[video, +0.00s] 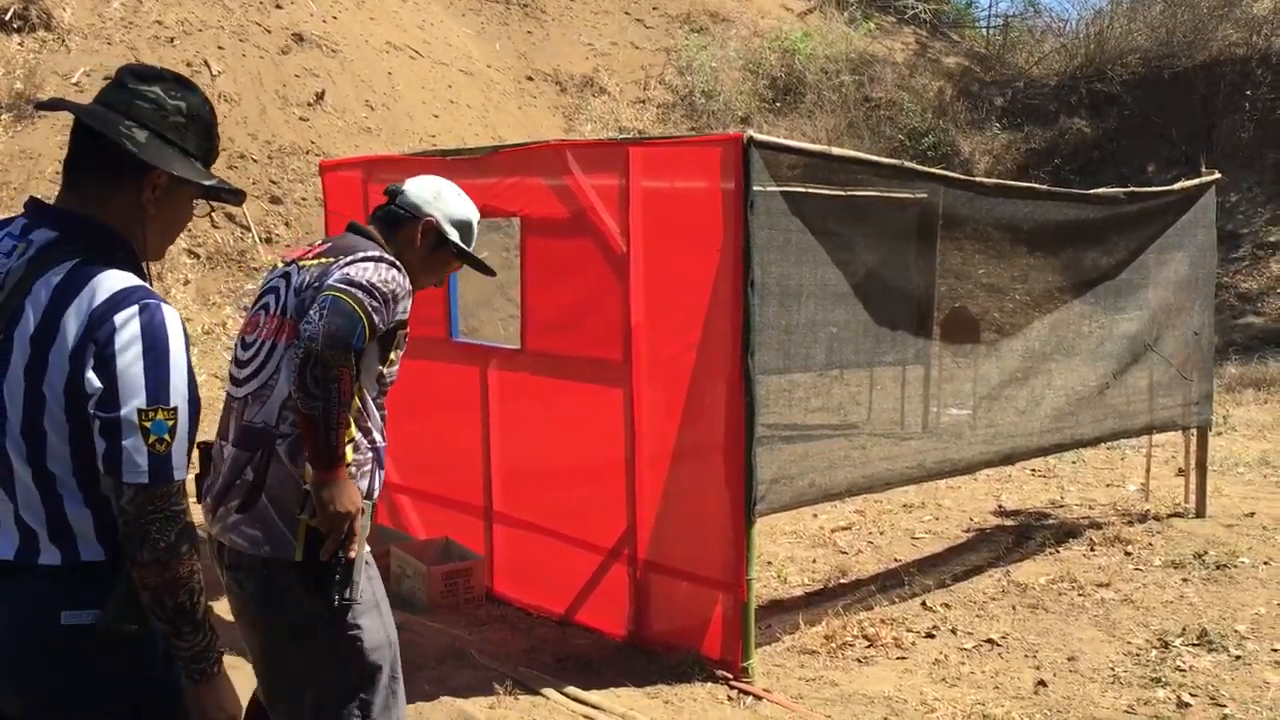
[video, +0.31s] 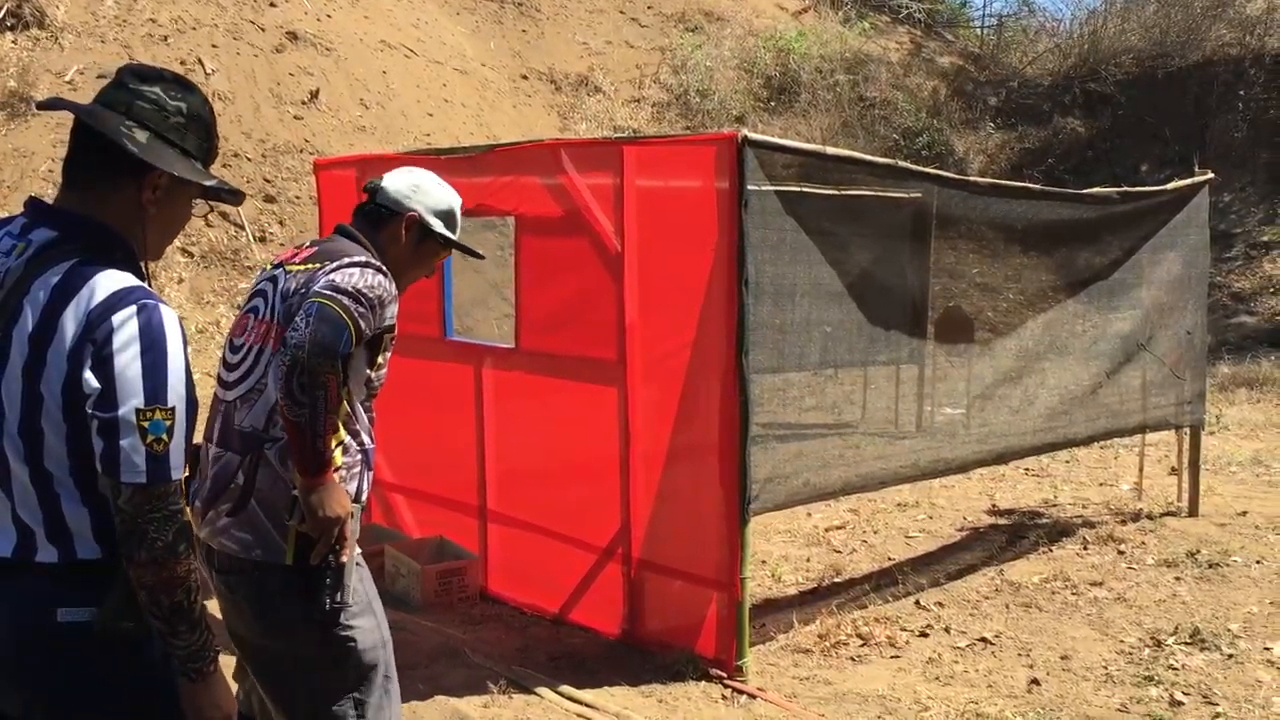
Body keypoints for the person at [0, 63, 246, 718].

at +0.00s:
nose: (191, 218)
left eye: (198, 198)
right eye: (194, 196)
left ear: (78, 160)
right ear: (153, 187)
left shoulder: (7, 247)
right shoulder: (133, 318)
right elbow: (157, 528)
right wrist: (205, 672)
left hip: (8, 592)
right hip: (91, 625)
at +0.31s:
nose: (191, 218)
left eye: (198, 197)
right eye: (193, 195)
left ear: (78, 160)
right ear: (152, 189)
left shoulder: (6, 246)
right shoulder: (131, 318)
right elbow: (155, 536)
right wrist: (203, 672)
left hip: (8, 590)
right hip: (93, 622)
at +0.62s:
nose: (187, 216)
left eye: (193, 197)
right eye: (189, 194)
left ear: (75, 158)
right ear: (150, 188)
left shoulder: (9, 244)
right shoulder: (129, 316)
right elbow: (153, 530)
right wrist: (203, 664)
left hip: (11, 589)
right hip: (92, 621)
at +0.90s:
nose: (181, 209)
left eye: (187, 190)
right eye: (184, 189)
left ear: (69, 154)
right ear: (146, 183)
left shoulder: (10, 241)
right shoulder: (125, 314)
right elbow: (145, 523)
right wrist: (196, 659)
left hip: (12, 585)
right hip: (84, 617)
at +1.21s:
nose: (173, 192)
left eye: (177, 174)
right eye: (173, 173)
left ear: (56, 149)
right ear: (133, 175)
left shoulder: (7, 237)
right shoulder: (118, 308)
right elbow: (137, 521)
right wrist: (186, 654)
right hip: (76, 617)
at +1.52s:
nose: (150, 164)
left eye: (149, 148)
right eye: (145, 149)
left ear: (24, 145)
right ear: (113, 161)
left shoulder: (6, 248)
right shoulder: (106, 299)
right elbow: (137, 509)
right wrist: (193, 643)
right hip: (75, 612)